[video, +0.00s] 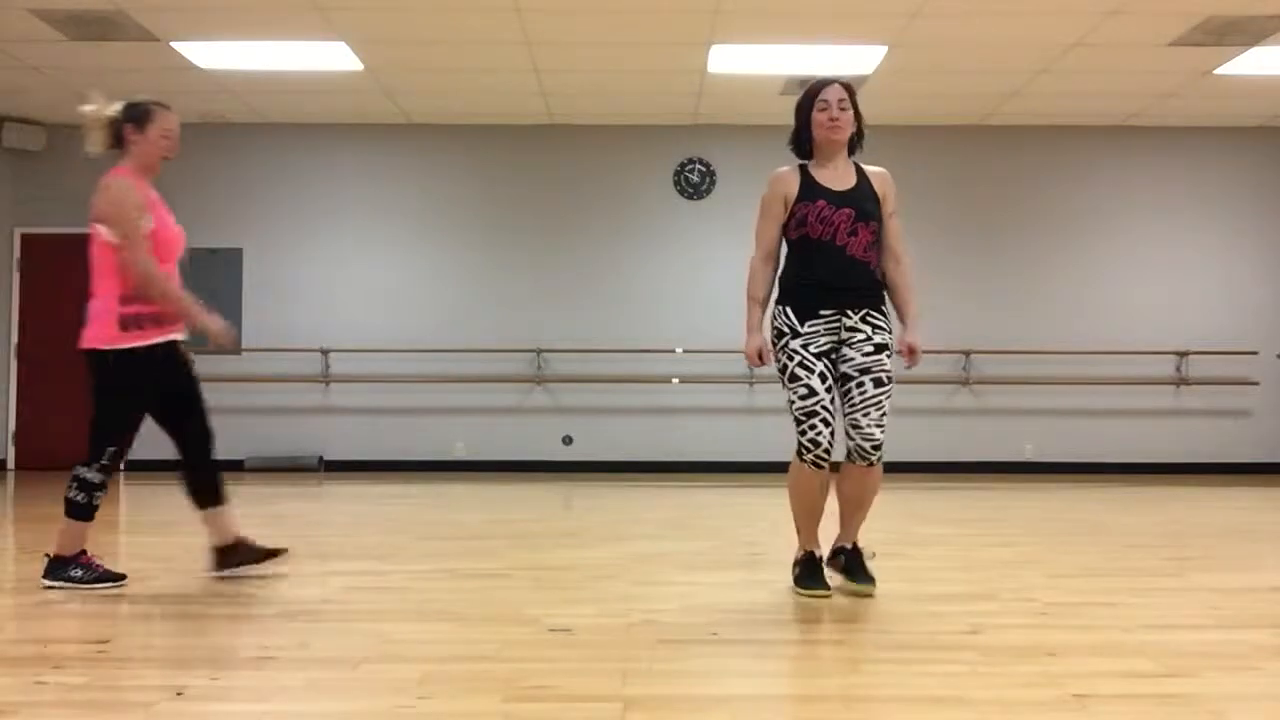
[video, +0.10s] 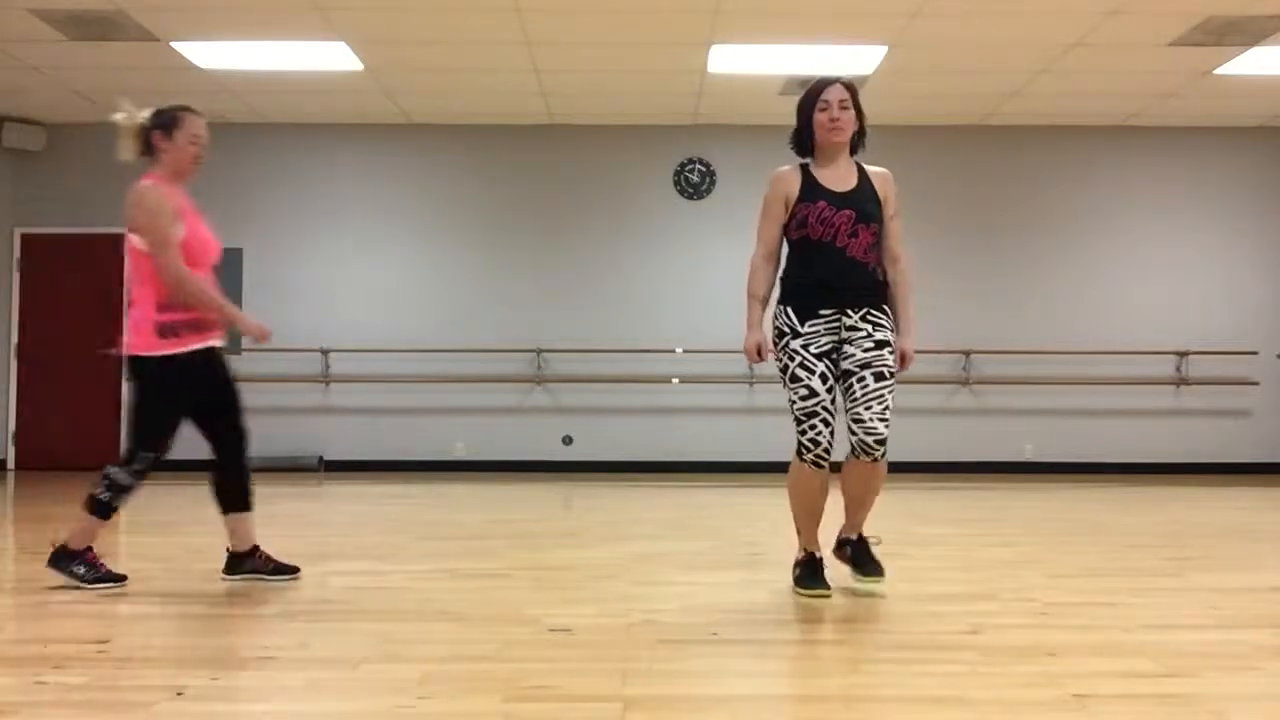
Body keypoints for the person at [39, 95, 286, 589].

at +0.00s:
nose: (173, 145)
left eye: (175, 137)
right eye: (165, 136)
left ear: (150, 139)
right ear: (133, 135)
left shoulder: (145, 190)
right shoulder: (121, 189)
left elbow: (154, 273)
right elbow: (141, 272)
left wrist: (185, 324)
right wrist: (200, 315)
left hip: (157, 343)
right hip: (122, 347)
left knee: (195, 436)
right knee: (106, 452)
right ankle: (66, 555)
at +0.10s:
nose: (200, 153)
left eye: (203, 145)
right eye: (193, 143)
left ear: (176, 144)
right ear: (161, 141)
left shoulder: (174, 195)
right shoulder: (150, 195)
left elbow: (188, 274)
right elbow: (175, 277)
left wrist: (222, 319)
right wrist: (239, 319)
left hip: (195, 348)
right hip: (164, 352)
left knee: (230, 439)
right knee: (142, 455)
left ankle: (243, 551)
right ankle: (73, 548)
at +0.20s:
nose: (229, 153)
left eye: (232, 144)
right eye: (222, 142)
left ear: (226, 146)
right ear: (189, 141)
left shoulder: (205, 194)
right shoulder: (182, 195)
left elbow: (207, 274)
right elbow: (197, 273)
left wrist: (239, 327)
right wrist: (251, 325)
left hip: (229, 345)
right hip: (199, 351)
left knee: (251, 443)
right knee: (214, 456)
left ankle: (245, 551)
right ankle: (118, 521)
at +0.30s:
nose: (256, 149)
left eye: (260, 142)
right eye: (248, 139)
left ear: (256, 145)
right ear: (218, 138)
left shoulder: (236, 196)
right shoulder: (204, 193)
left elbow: (247, 273)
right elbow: (215, 275)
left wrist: (266, 334)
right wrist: (248, 339)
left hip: (256, 337)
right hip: (226, 341)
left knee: (265, 444)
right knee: (271, 442)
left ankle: (245, 551)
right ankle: (186, 507)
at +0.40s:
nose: (282, 147)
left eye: (285, 139)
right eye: (273, 138)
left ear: (285, 143)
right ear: (243, 138)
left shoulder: (272, 197)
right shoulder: (226, 191)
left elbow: (275, 273)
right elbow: (219, 268)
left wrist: (292, 336)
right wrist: (235, 339)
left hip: (281, 337)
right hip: (254, 340)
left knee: (270, 439)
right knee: (315, 422)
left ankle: (250, 546)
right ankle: (253, 516)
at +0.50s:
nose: (304, 149)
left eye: (308, 141)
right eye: (294, 139)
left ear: (311, 145)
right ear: (265, 140)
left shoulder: (304, 202)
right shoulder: (246, 194)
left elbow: (320, 275)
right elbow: (227, 267)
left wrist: (341, 337)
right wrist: (225, 337)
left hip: (302, 340)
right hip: (268, 341)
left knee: (278, 445)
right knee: (338, 427)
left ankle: (245, 550)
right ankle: (323, 538)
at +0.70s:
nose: (343, 148)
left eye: (348, 140)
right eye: (333, 138)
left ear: (350, 147)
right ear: (304, 142)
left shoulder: (348, 203)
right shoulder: (286, 197)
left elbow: (371, 277)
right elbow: (264, 272)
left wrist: (407, 336)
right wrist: (238, 339)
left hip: (354, 342)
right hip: (314, 342)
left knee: (327, 447)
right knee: (358, 442)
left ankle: (258, 537)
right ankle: (371, 555)